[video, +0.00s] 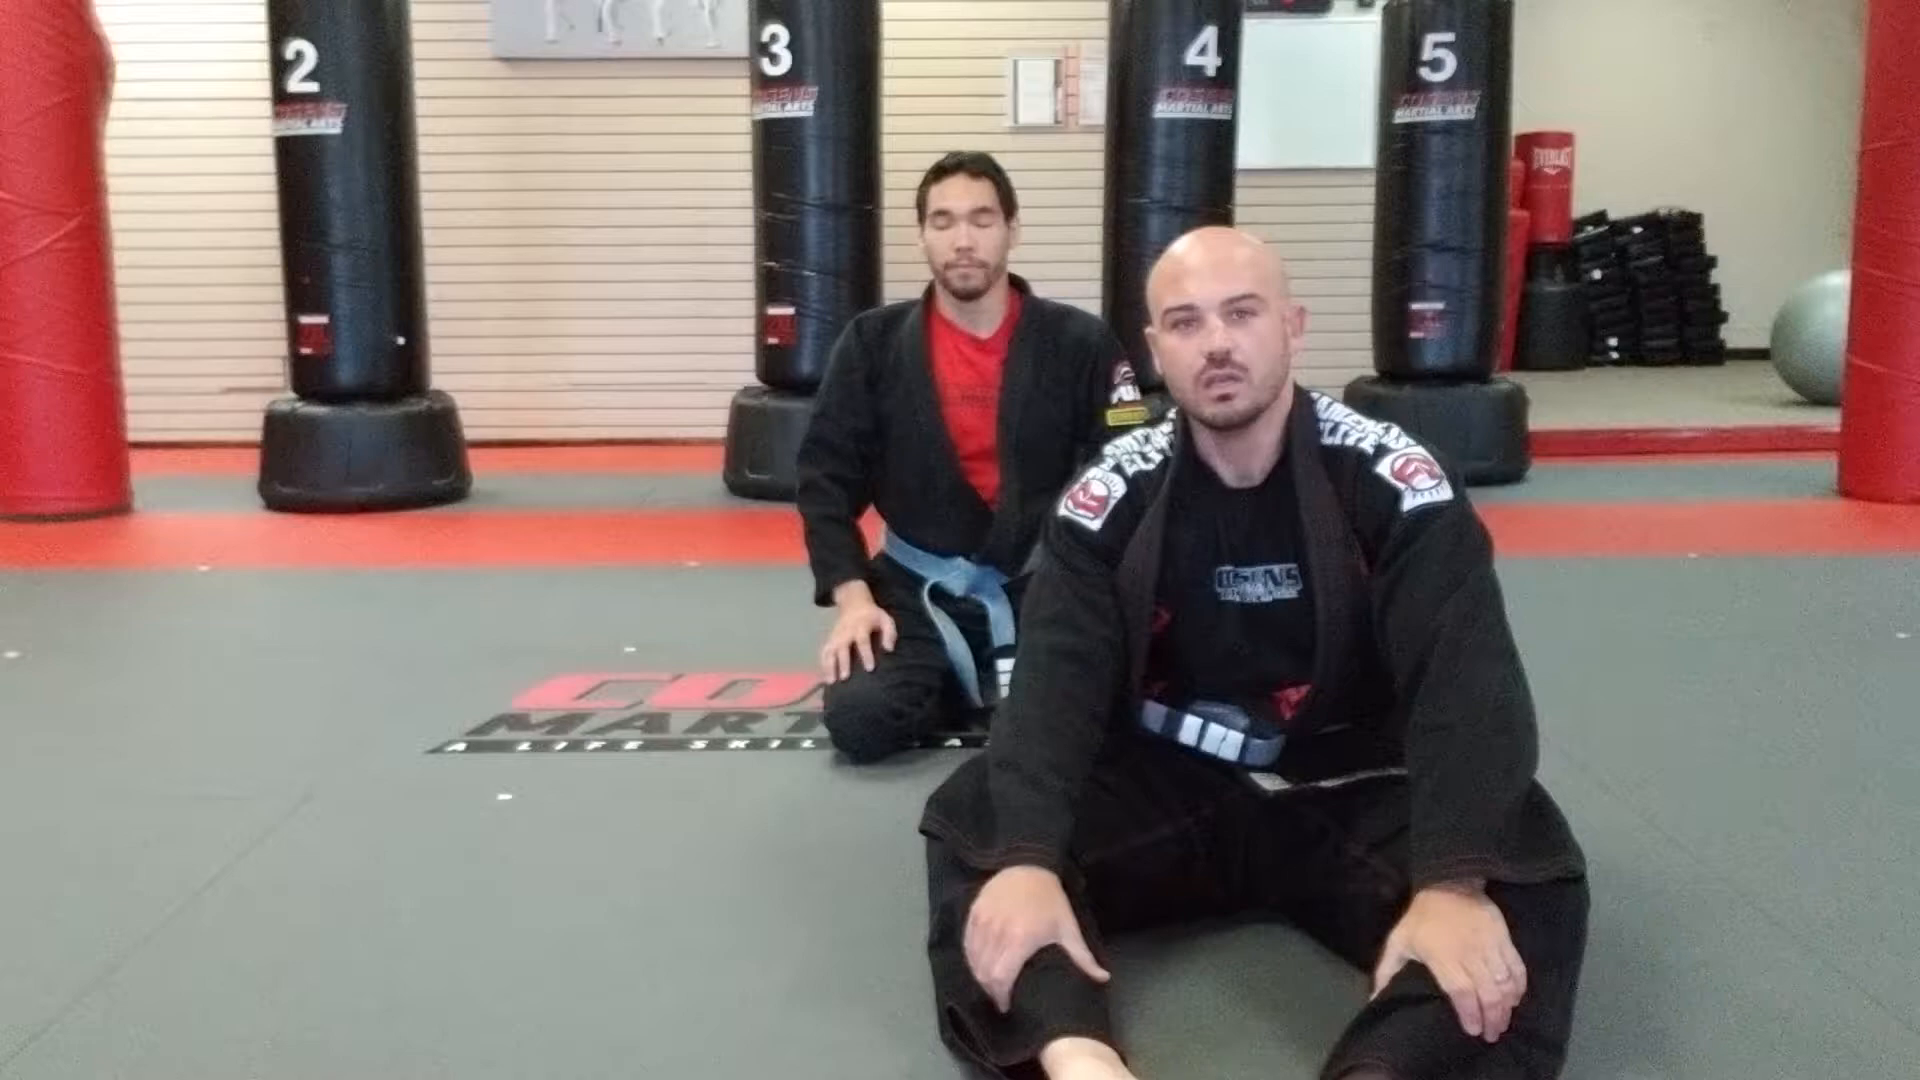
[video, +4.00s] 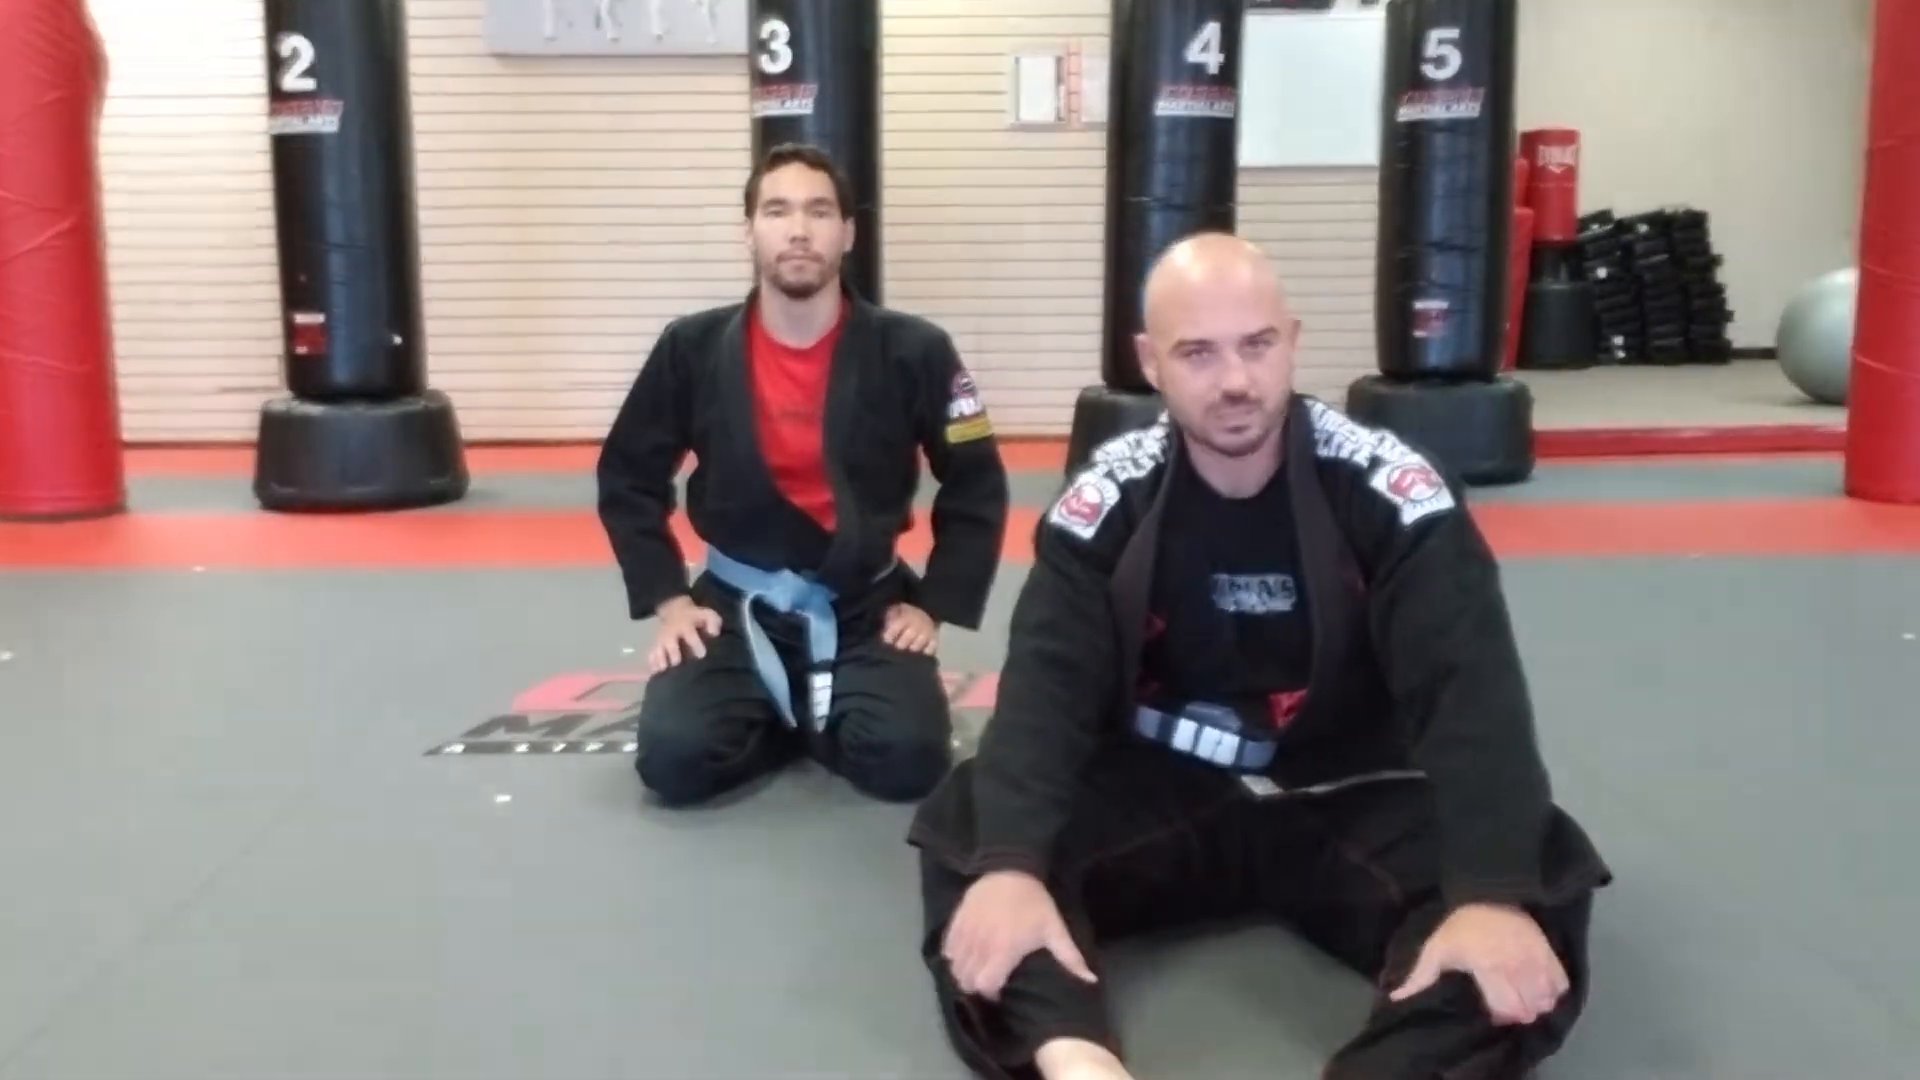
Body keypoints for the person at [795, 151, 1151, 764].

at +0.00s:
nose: (963, 241)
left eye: (982, 221)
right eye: (944, 224)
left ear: (1012, 232)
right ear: (922, 238)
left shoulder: (1081, 344)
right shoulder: (874, 344)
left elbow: (1118, 478)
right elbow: (824, 477)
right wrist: (850, 596)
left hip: (1044, 585)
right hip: (918, 585)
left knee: (1081, 716)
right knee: (863, 719)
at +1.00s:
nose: (695, 539)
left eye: (716, 512)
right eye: (676, 516)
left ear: (777, 463)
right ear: (654, 475)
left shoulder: (901, 476)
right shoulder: (676, 460)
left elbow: (932, 656)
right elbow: (645, 619)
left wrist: (871, 828)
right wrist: (643, 801)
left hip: (969, 518)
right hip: (834, 543)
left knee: (959, 762)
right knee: (832, 745)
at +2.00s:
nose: (652, 504)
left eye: (674, 477)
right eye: (628, 478)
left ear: (731, 433)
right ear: (609, 450)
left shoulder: (828, 466)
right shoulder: (597, 472)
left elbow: (890, 640)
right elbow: (599, 633)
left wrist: (864, 826)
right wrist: (642, 797)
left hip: (833, 636)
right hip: (714, 641)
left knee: (885, 815)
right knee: (680, 778)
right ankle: (793, 725)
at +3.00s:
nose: (804, 217)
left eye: (825, 203)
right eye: (782, 203)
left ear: (854, 231)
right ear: (756, 230)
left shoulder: (917, 353)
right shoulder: (698, 349)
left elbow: (981, 482)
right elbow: (628, 472)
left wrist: (938, 605)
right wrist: (674, 594)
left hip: (871, 603)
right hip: (740, 599)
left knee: (909, 762)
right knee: (679, 762)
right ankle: (807, 718)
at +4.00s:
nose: (798, 228)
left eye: (819, 211)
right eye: (777, 211)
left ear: (848, 234)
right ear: (750, 235)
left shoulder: (913, 354)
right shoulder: (693, 350)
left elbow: (976, 482)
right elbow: (628, 474)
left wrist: (933, 607)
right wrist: (667, 597)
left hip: (866, 603)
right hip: (735, 599)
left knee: (908, 763)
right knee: (676, 763)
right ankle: (801, 720)